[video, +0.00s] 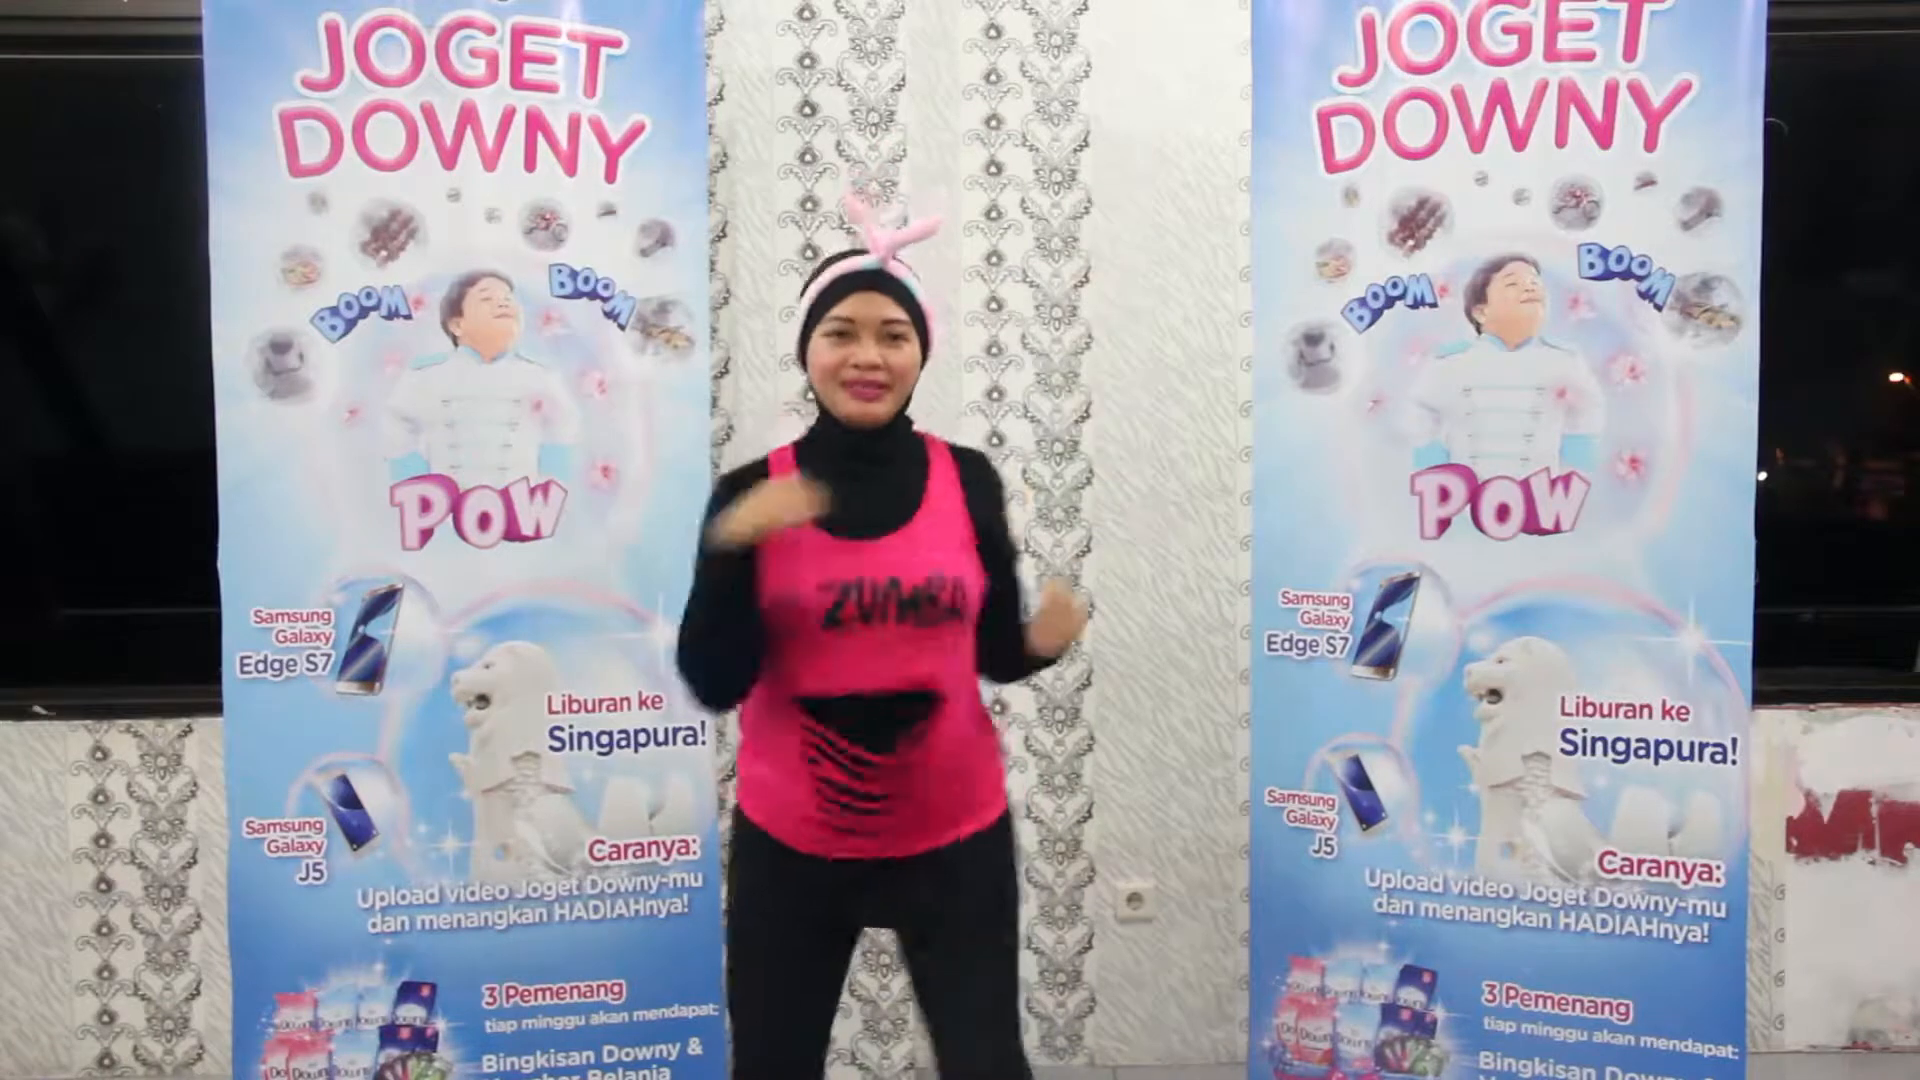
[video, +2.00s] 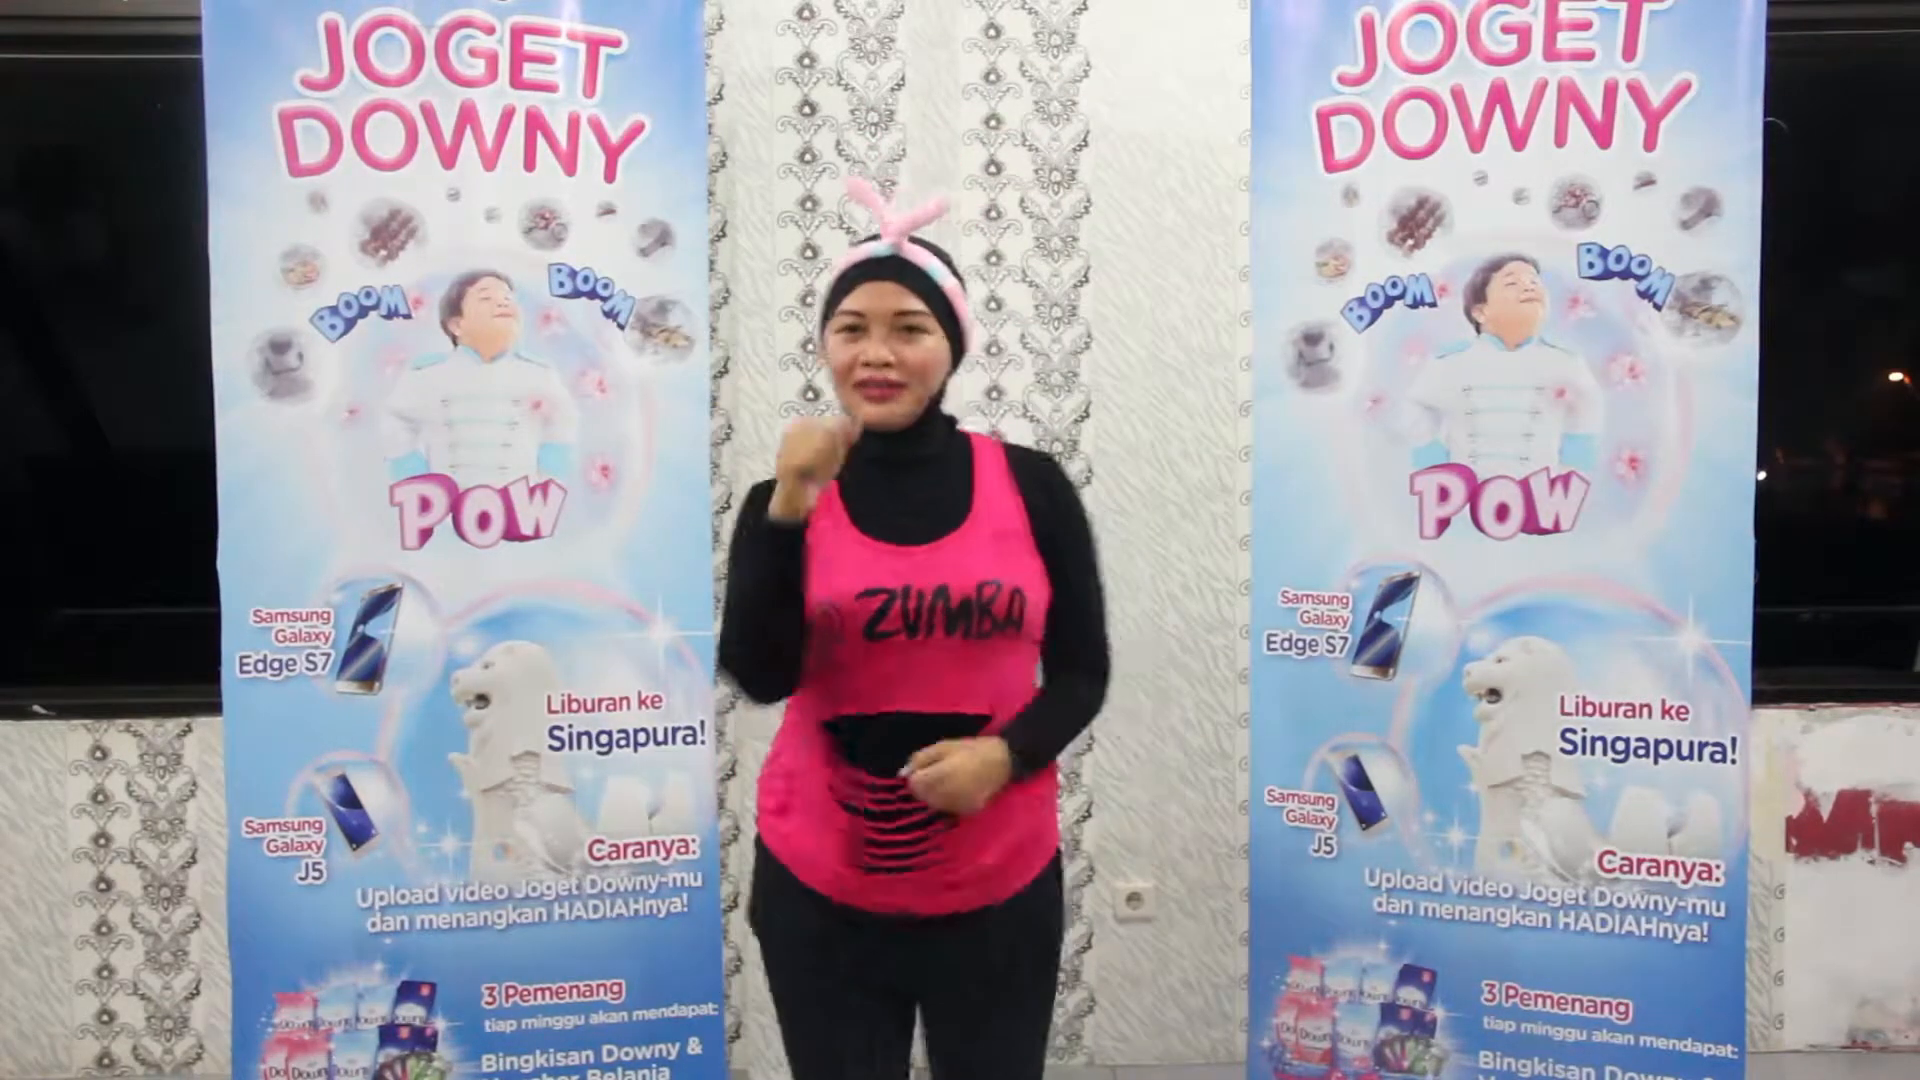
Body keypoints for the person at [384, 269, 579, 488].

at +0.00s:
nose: (502, 303)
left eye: (508, 297)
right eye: (485, 298)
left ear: (519, 315)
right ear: (455, 324)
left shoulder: (539, 378)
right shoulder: (421, 377)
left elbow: (560, 438)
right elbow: (395, 433)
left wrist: (545, 498)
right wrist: (415, 490)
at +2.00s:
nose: (503, 301)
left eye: (508, 296)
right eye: (485, 297)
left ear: (518, 314)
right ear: (455, 324)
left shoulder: (539, 376)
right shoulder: (423, 377)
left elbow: (561, 432)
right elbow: (394, 425)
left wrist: (545, 491)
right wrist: (413, 486)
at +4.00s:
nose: (503, 302)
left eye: (508, 297)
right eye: (485, 297)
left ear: (518, 315)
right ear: (455, 324)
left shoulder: (539, 378)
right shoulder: (422, 377)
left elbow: (559, 441)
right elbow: (394, 428)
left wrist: (543, 498)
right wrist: (415, 488)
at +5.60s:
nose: (503, 303)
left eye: (508, 297)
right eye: (485, 298)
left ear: (518, 314)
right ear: (455, 324)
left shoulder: (540, 377)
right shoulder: (421, 377)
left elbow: (558, 445)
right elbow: (396, 437)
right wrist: (419, 493)